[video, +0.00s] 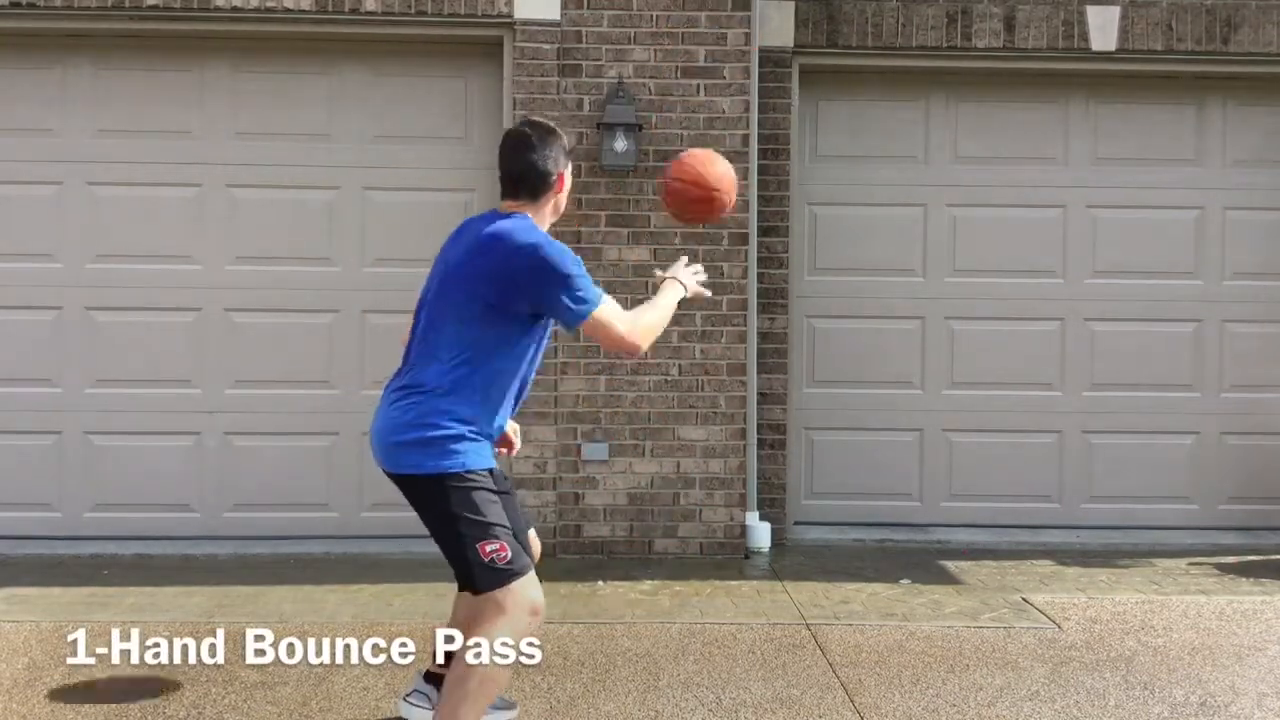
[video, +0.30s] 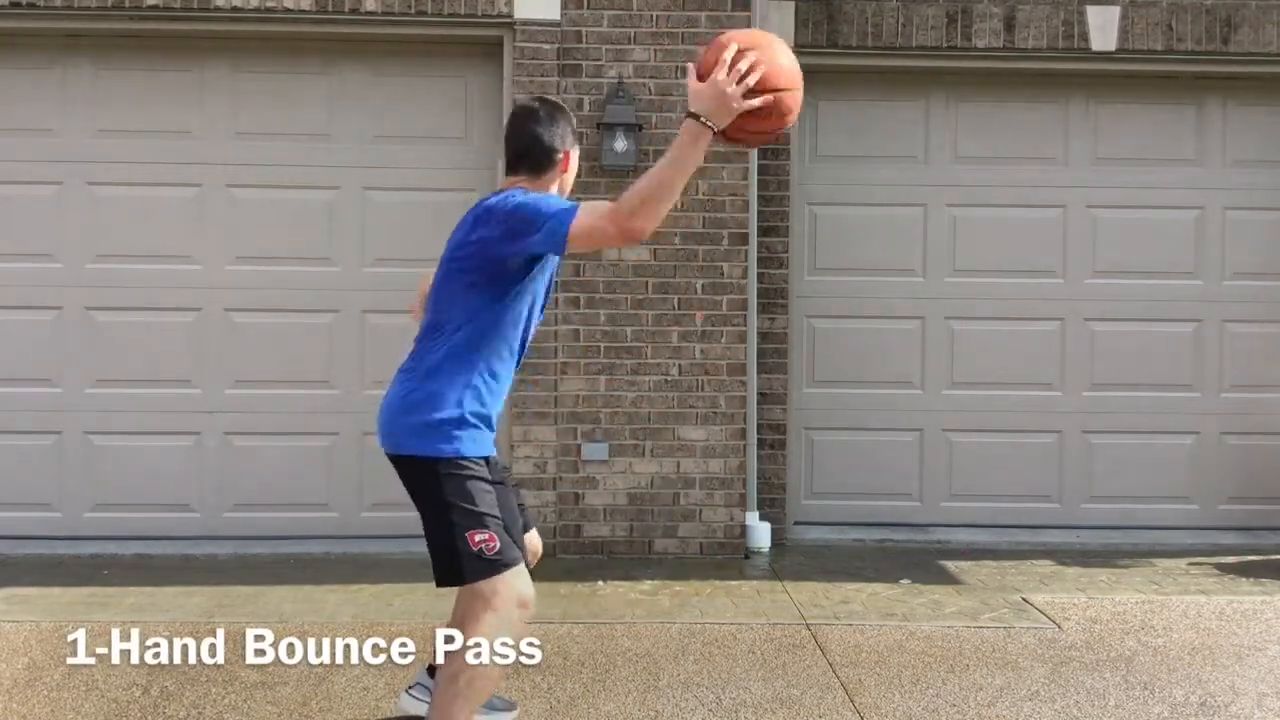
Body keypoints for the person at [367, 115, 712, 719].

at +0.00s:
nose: (570, 186)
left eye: (568, 176)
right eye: (570, 176)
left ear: (505, 176)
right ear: (561, 182)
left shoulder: (468, 235)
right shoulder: (539, 253)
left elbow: (425, 337)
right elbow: (630, 336)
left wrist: (487, 415)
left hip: (418, 427)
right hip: (441, 439)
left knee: (519, 547)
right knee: (518, 608)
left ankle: (439, 684)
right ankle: (456, 712)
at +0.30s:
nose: (578, 169)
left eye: (577, 160)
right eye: (578, 158)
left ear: (509, 159)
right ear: (567, 161)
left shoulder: (490, 215)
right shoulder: (520, 214)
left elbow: (425, 307)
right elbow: (630, 222)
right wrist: (702, 123)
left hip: (448, 424)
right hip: (439, 428)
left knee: (522, 548)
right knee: (505, 602)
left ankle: (441, 682)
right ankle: (450, 712)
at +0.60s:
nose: (584, 223)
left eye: (584, 213)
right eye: (586, 213)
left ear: (520, 201)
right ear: (577, 219)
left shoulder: (475, 246)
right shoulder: (546, 312)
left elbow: (411, 326)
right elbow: (586, 411)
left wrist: (458, 385)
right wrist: (630, 449)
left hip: (405, 441)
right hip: (436, 456)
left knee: (530, 543)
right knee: (516, 618)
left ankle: (445, 681)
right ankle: (455, 711)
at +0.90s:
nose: (579, 215)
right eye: (581, 207)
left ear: (515, 201)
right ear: (574, 215)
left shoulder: (468, 252)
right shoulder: (546, 297)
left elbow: (397, 333)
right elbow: (557, 421)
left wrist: (448, 387)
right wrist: (602, 444)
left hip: (402, 443)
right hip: (441, 455)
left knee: (532, 546)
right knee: (526, 615)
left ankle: (441, 683)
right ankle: (457, 712)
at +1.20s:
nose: (558, 162)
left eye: (554, 151)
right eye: (556, 152)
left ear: (490, 159)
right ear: (545, 162)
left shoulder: (460, 219)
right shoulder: (535, 231)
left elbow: (410, 317)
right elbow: (649, 278)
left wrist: (481, 400)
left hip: (422, 428)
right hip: (452, 437)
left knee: (486, 580)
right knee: (516, 608)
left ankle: (434, 690)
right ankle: (455, 712)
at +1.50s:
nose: (563, 135)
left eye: (558, 124)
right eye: (561, 123)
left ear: (495, 131)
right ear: (551, 130)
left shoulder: (476, 187)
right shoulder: (533, 185)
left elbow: (420, 270)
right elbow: (654, 191)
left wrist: (469, 338)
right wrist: (739, 105)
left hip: (441, 402)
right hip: (446, 406)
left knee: (496, 572)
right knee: (494, 587)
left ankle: (442, 683)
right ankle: (448, 711)